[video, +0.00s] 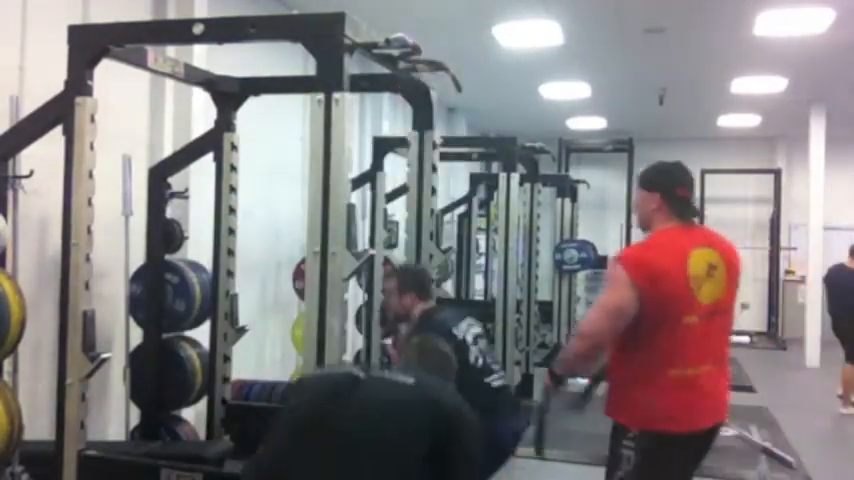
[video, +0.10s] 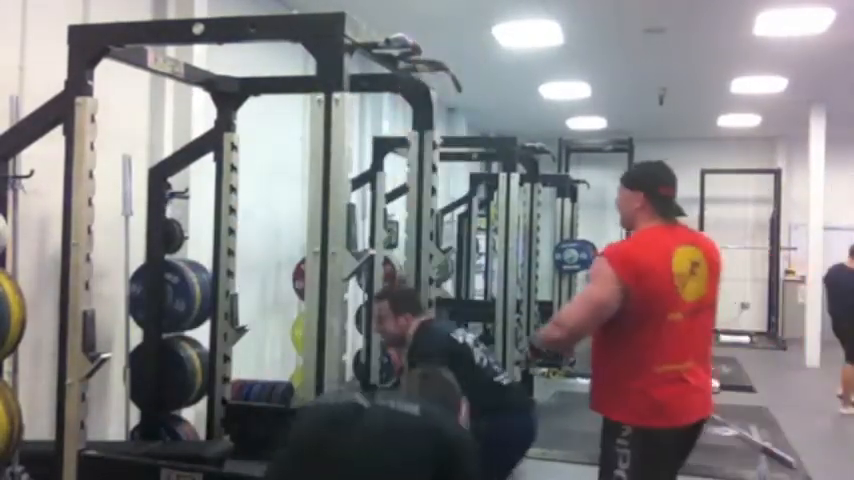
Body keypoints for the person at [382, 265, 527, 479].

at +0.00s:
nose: (385, 301)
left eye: (389, 294)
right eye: (385, 294)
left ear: (410, 299)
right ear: (426, 295)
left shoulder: (426, 337)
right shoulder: (455, 314)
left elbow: (429, 395)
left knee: (465, 472)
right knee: (475, 471)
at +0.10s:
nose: (377, 329)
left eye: (381, 320)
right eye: (376, 321)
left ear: (403, 319)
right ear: (407, 317)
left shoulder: (425, 346)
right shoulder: (439, 329)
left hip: (500, 422)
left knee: (476, 473)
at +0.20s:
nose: (386, 328)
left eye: (391, 319)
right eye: (384, 321)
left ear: (412, 311)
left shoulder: (442, 337)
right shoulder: (432, 338)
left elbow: (479, 393)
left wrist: (488, 469)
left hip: (519, 413)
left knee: (497, 472)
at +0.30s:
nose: (411, 308)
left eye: (417, 300)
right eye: (407, 302)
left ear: (440, 292)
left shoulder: (466, 325)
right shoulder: (446, 326)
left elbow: (494, 387)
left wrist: (497, 464)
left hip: (530, 409)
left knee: (508, 473)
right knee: (484, 469)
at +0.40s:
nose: (442, 289)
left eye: (448, 281)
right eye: (436, 282)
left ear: (470, 275)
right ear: (432, 281)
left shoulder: (493, 312)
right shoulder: (458, 314)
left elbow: (506, 385)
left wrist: (488, 456)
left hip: (536, 420)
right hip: (490, 411)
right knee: (460, 465)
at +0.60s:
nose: (489, 268)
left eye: (497, 261)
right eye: (484, 261)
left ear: (517, 256)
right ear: (477, 258)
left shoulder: (540, 298)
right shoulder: (484, 299)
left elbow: (533, 370)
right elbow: (460, 347)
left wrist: (480, 407)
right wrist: (425, 386)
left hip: (550, 414)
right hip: (507, 408)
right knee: (479, 466)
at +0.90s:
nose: (500, 248)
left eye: (509, 242)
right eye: (495, 240)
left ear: (527, 240)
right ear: (488, 237)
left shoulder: (550, 285)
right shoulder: (482, 285)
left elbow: (561, 352)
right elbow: (469, 337)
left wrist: (520, 409)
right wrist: (461, 377)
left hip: (543, 414)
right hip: (493, 413)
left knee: (538, 473)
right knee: (491, 473)